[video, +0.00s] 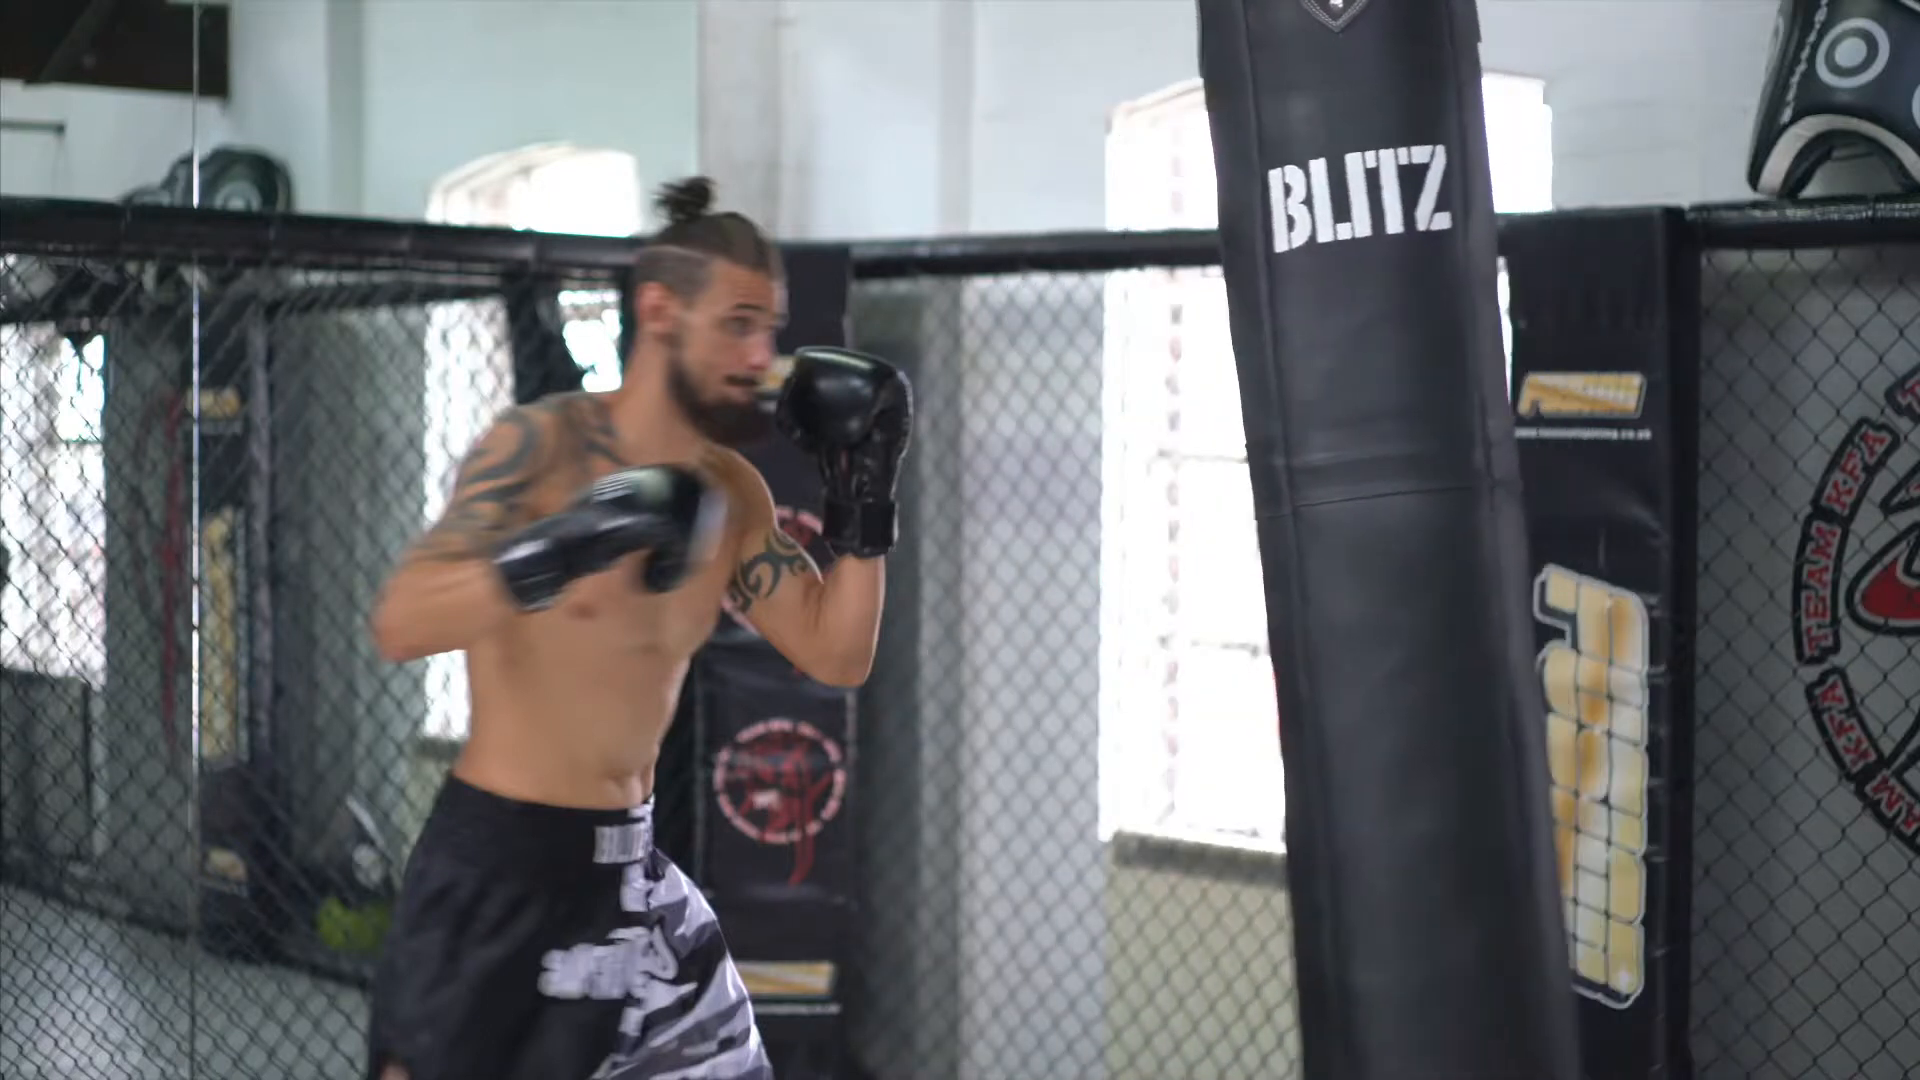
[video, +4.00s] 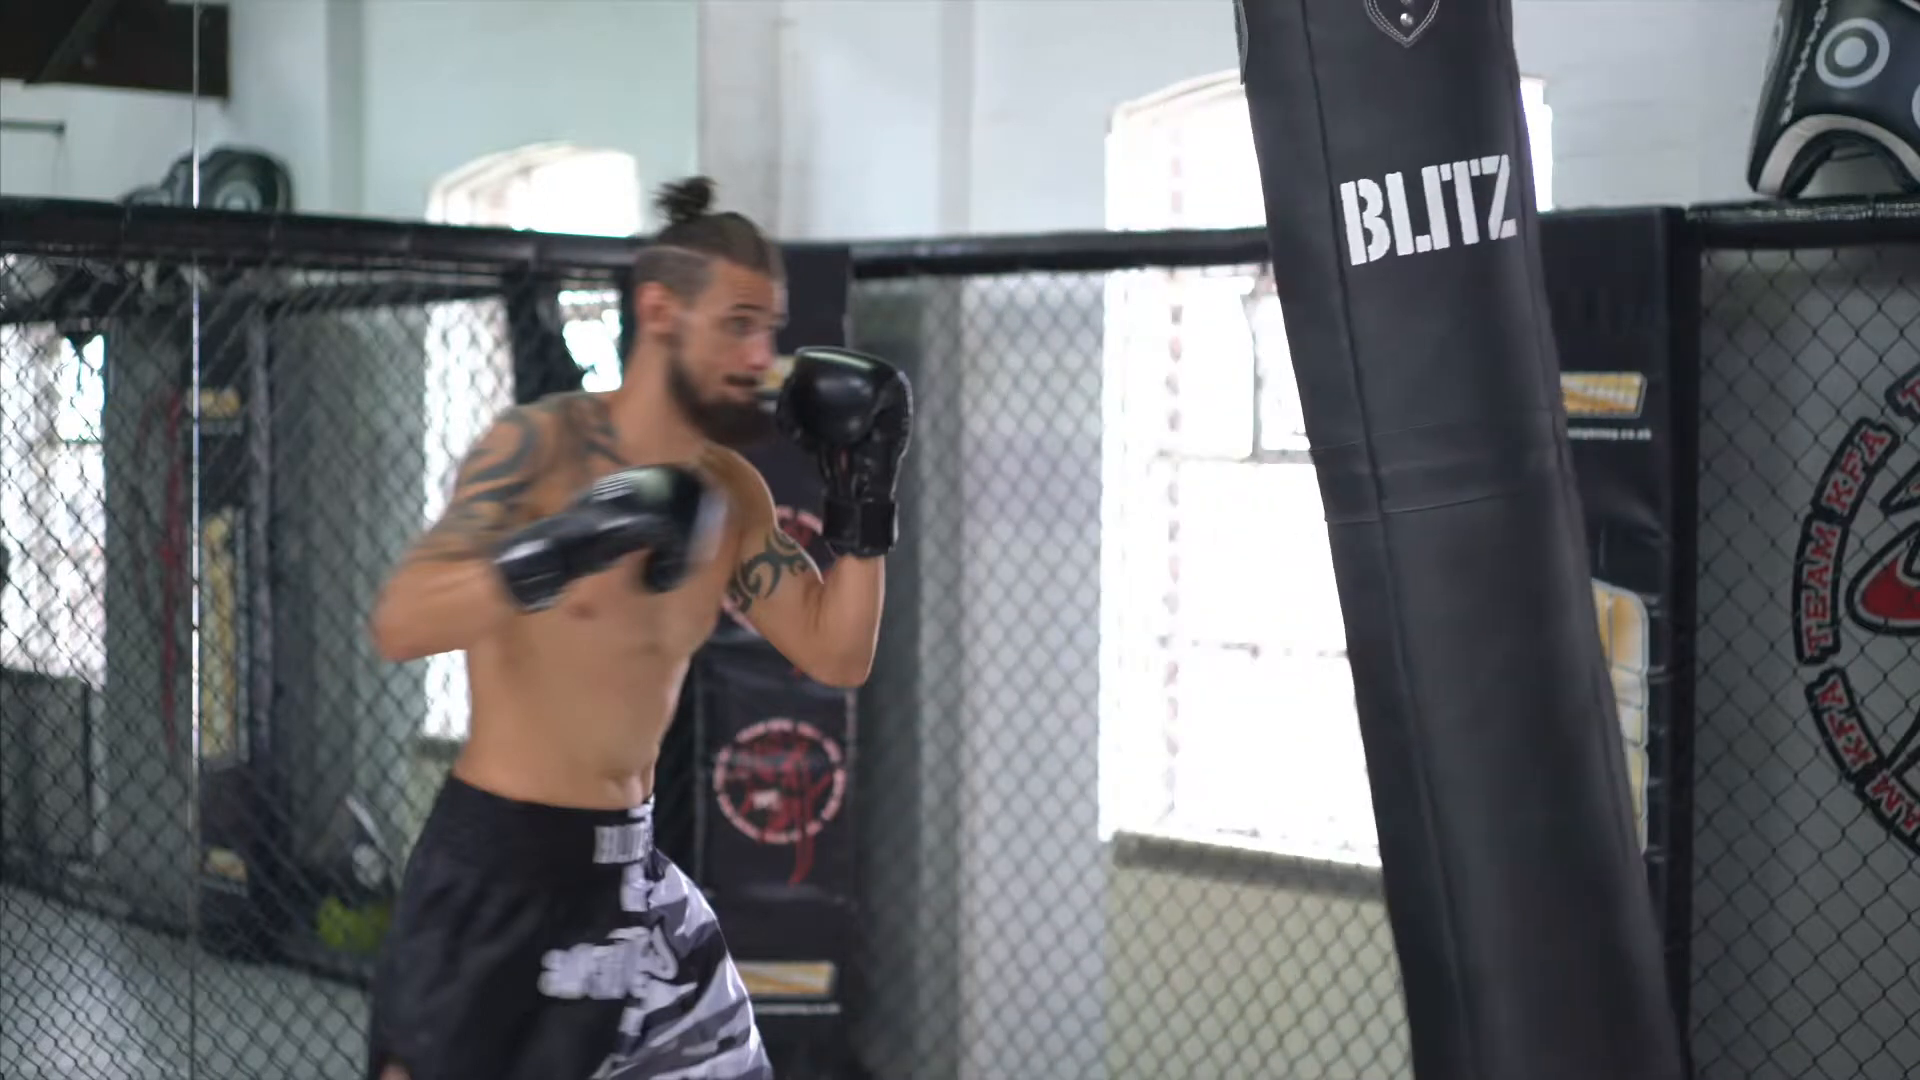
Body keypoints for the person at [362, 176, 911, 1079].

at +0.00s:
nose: (762, 358)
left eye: (772, 331)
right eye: (739, 325)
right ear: (656, 310)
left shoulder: (733, 493)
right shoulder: (538, 440)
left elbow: (839, 655)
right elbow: (401, 623)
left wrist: (864, 483)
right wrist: (569, 547)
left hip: (636, 868)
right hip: (499, 866)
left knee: (732, 1066)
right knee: (442, 1065)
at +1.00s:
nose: (763, 357)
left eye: (773, 331)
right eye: (740, 325)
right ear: (656, 309)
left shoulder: (733, 492)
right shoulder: (538, 440)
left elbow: (839, 655)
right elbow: (400, 623)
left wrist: (866, 481)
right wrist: (568, 546)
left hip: (636, 867)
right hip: (500, 865)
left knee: (731, 1066)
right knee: (443, 1064)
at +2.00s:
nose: (763, 357)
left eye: (772, 331)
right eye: (740, 325)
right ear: (656, 309)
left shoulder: (733, 492)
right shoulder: (538, 440)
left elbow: (839, 655)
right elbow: (400, 623)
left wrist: (865, 481)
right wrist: (567, 547)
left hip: (636, 867)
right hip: (500, 866)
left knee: (732, 1066)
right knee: (442, 1065)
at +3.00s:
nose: (762, 357)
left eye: (772, 331)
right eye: (739, 325)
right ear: (656, 310)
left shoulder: (733, 492)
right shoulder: (538, 441)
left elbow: (839, 656)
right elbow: (400, 624)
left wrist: (866, 479)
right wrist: (568, 547)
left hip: (635, 867)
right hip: (500, 865)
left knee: (732, 1066)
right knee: (437, 1065)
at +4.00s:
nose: (762, 357)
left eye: (772, 331)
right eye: (739, 325)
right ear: (656, 310)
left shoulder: (733, 493)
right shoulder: (537, 441)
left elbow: (839, 655)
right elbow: (400, 623)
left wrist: (864, 481)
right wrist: (568, 547)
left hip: (636, 868)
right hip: (500, 867)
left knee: (732, 1066)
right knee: (439, 1065)